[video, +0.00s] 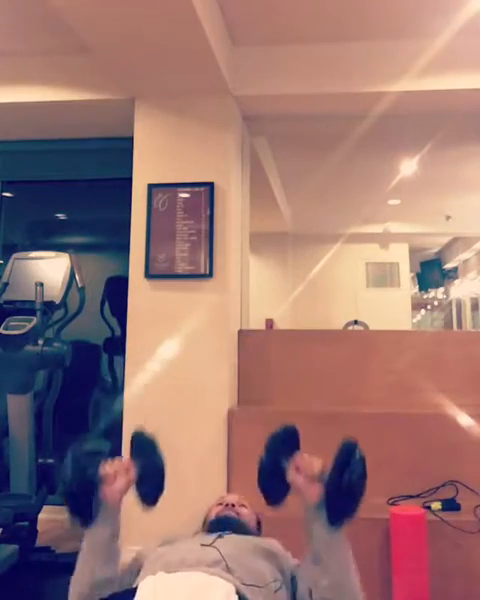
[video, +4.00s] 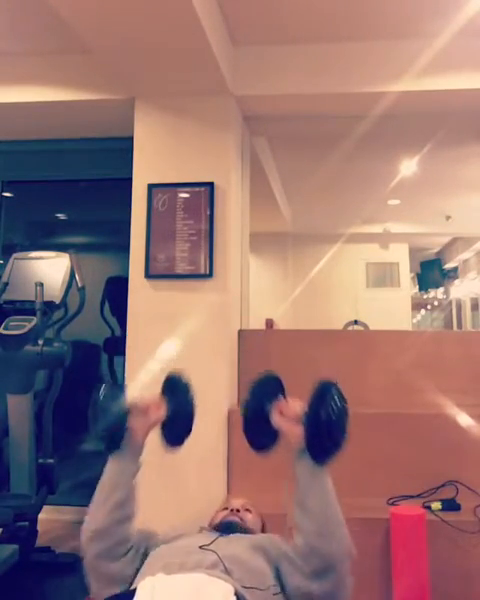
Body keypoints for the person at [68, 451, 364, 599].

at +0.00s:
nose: (229, 504)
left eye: (240, 506)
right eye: (220, 504)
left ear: (259, 526)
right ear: (202, 523)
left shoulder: (274, 554)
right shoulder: (159, 552)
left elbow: (338, 594)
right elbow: (88, 593)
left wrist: (317, 510)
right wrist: (108, 509)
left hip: (225, 589)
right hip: (154, 587)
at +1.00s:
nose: (234, 510)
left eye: (245, 512)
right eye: (226, 509)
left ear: (261, 529)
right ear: (209, 521)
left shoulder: (281, 560)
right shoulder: (155, 546)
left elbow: (301, 502)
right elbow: (142, 486)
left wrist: (284, 407)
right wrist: (159, 403)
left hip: (223, 588)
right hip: (144, 588)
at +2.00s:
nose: (233, 515)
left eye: (245, 516)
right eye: (225, 514)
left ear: (263, 535)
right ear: (207, 526)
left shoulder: (277, 552)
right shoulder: (157, 549)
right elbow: (95, 538)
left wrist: (308, 440)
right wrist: (122, 439)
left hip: (229, 589)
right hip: (155, 585)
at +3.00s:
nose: (229, 501)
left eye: (240, 502)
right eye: (219, 500)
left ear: (256, 525)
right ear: (202, 520)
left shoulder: (268, 555)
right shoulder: (156, 553)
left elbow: (299, 596)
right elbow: (114, 597)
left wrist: (316, 580)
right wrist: (104, 568)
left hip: (219, 588)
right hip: (150, 586)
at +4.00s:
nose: (235, 510)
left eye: (246, 511)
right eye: (227, 509)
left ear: (262, 531)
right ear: (207, 524)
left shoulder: (275, 551)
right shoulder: (158, 548)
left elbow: (329, 558)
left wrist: (304, 450)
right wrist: (131, 443)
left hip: (229, 588)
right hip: (153, 586)